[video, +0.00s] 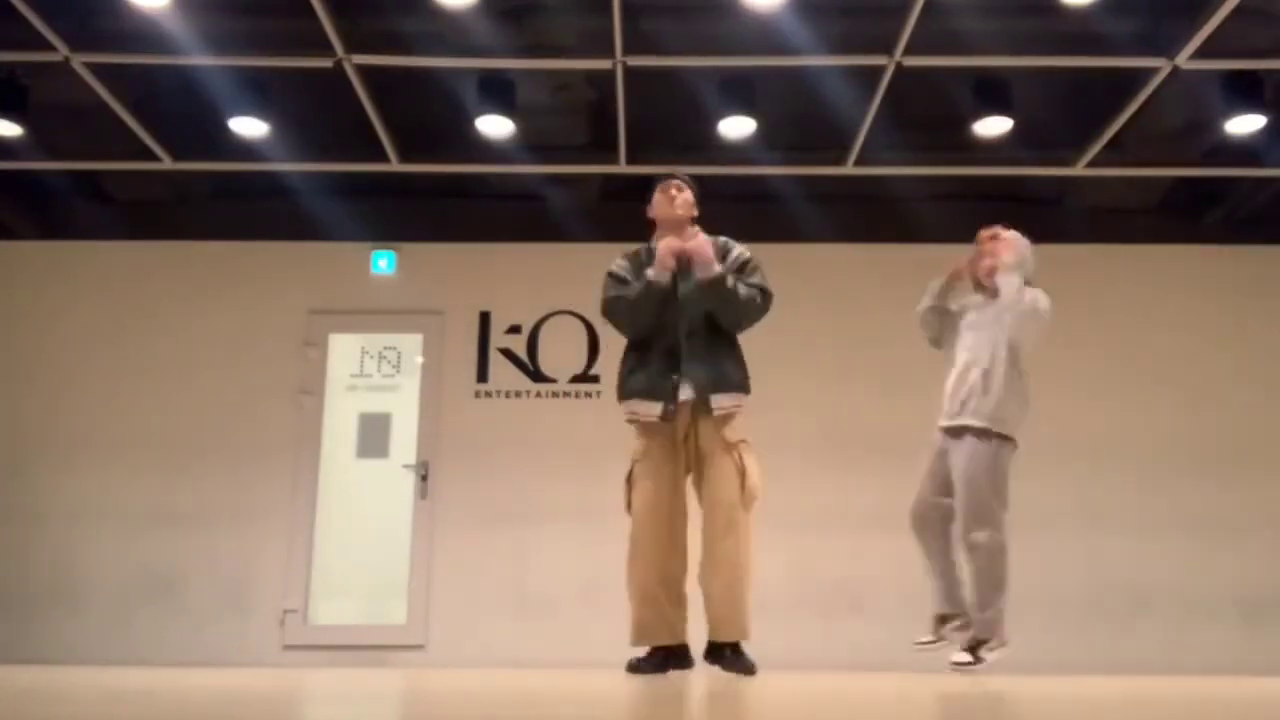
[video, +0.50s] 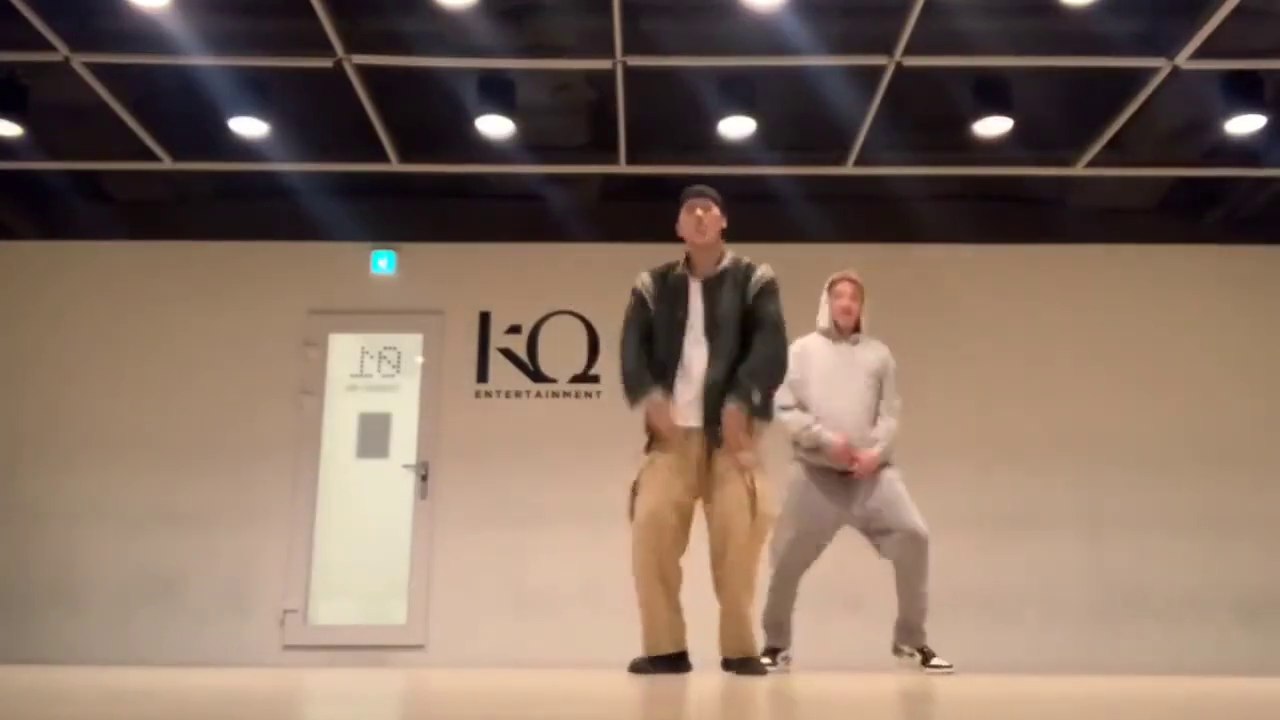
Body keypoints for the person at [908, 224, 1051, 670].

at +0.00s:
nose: (985, 246)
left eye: (997, 239)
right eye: (982, 241)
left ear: (1020, 255)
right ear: (977, 257)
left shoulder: (1031, 302)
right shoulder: (972, 304)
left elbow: (1026, 327)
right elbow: (932, 328)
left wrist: (1004, 277)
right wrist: (949, 282)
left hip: (987, 431)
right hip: (952, 429)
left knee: (981, 532)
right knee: (927, 517)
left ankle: (987, 632)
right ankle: (950, 611)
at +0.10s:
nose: (952, 277)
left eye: (961, 270)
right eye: (946, 270)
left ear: (975, 280)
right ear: (936, 278)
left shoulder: (981, 320)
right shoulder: (918, 315)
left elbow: (1001, 283)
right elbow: (876, 309)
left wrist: (985, 253)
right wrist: (917, 274)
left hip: (961, 441)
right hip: (918, 441)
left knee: (947, 546)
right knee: (890, 540)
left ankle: (942, 649)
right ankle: (880, 631)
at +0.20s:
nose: (921, 279)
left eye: (930, 273)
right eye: (914, 273)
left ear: (944, 283)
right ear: (904, 283)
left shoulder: (956, 324)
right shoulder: (883, 321)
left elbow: (985, 295)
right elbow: (842, 325)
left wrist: (951, 265)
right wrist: (882, 279)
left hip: (937, 447)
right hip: (889, 447)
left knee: (936, 551)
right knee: (859, 546)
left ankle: (941, 650)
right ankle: (830, 635)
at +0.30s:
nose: (889, 278)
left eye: (896, 272)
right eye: (882, 272)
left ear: (909, 281)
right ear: (871, 282)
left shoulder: (928, 320)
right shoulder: (860, 322)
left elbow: (961, 343)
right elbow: (821, 355)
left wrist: (931, 291)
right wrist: (847, 303)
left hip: (916, 449)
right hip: (861, 446)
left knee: (928, 544)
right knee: (831, 543)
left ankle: (931, 641)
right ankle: (804, 633)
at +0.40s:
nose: (861, 295)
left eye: (869, 289)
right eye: (853, 288)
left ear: (880, 299)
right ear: (839, 297)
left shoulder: (900, 345)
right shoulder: (822, 341)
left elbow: (921, 399)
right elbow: (799, 392)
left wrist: (893, 380)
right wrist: (836, 378)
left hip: (891, 466)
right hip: (834, 463)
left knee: (923, 538)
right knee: (804, 553)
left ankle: (917, 638)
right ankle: (778, 644)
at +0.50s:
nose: (847, 304)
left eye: (853, 298)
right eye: (839, 297)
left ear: (862, 307)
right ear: (826, 304)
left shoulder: (879, 354)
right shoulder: (801, 351)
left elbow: (891, 412)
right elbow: (784, 409)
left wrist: (875, 451)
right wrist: (827, 442)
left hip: (873, 477)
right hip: (818, 477)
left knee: (913, 538)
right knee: (787, 561)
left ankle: (910, 640)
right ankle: (775, 646)